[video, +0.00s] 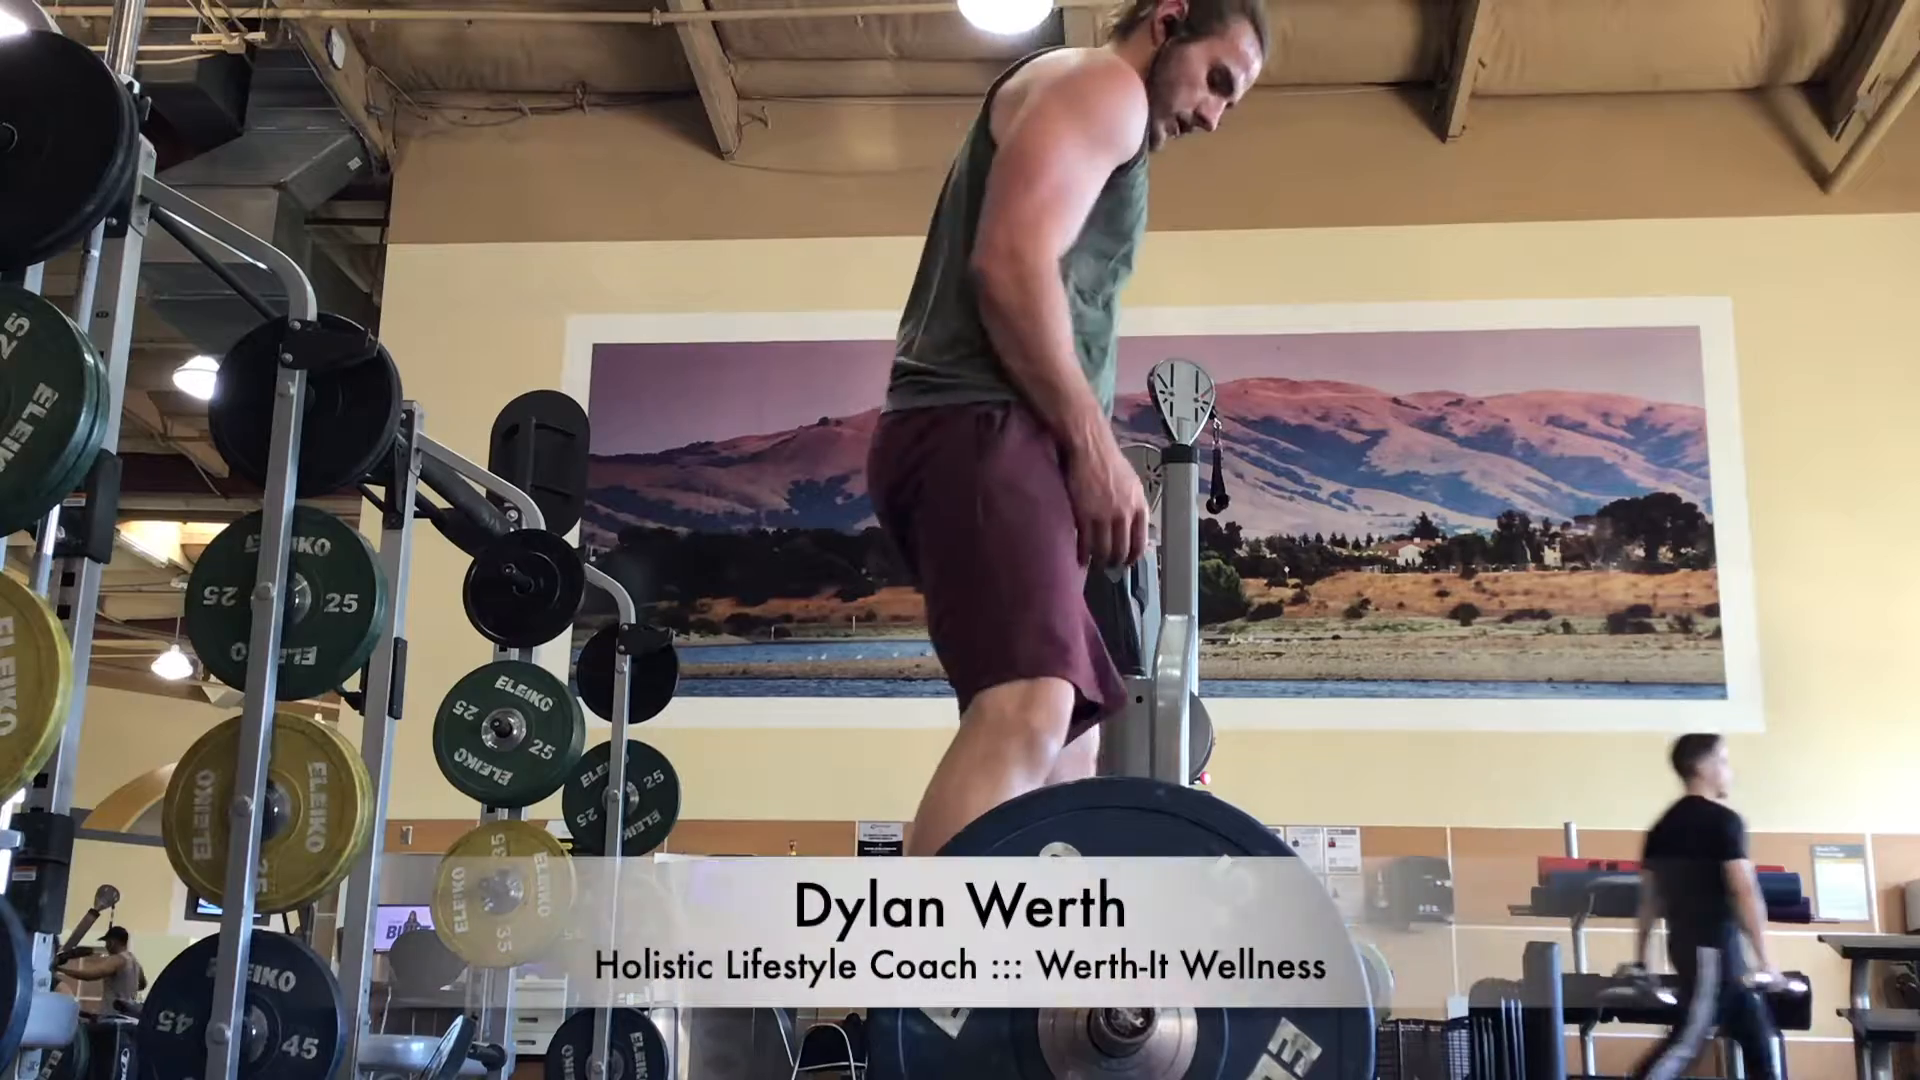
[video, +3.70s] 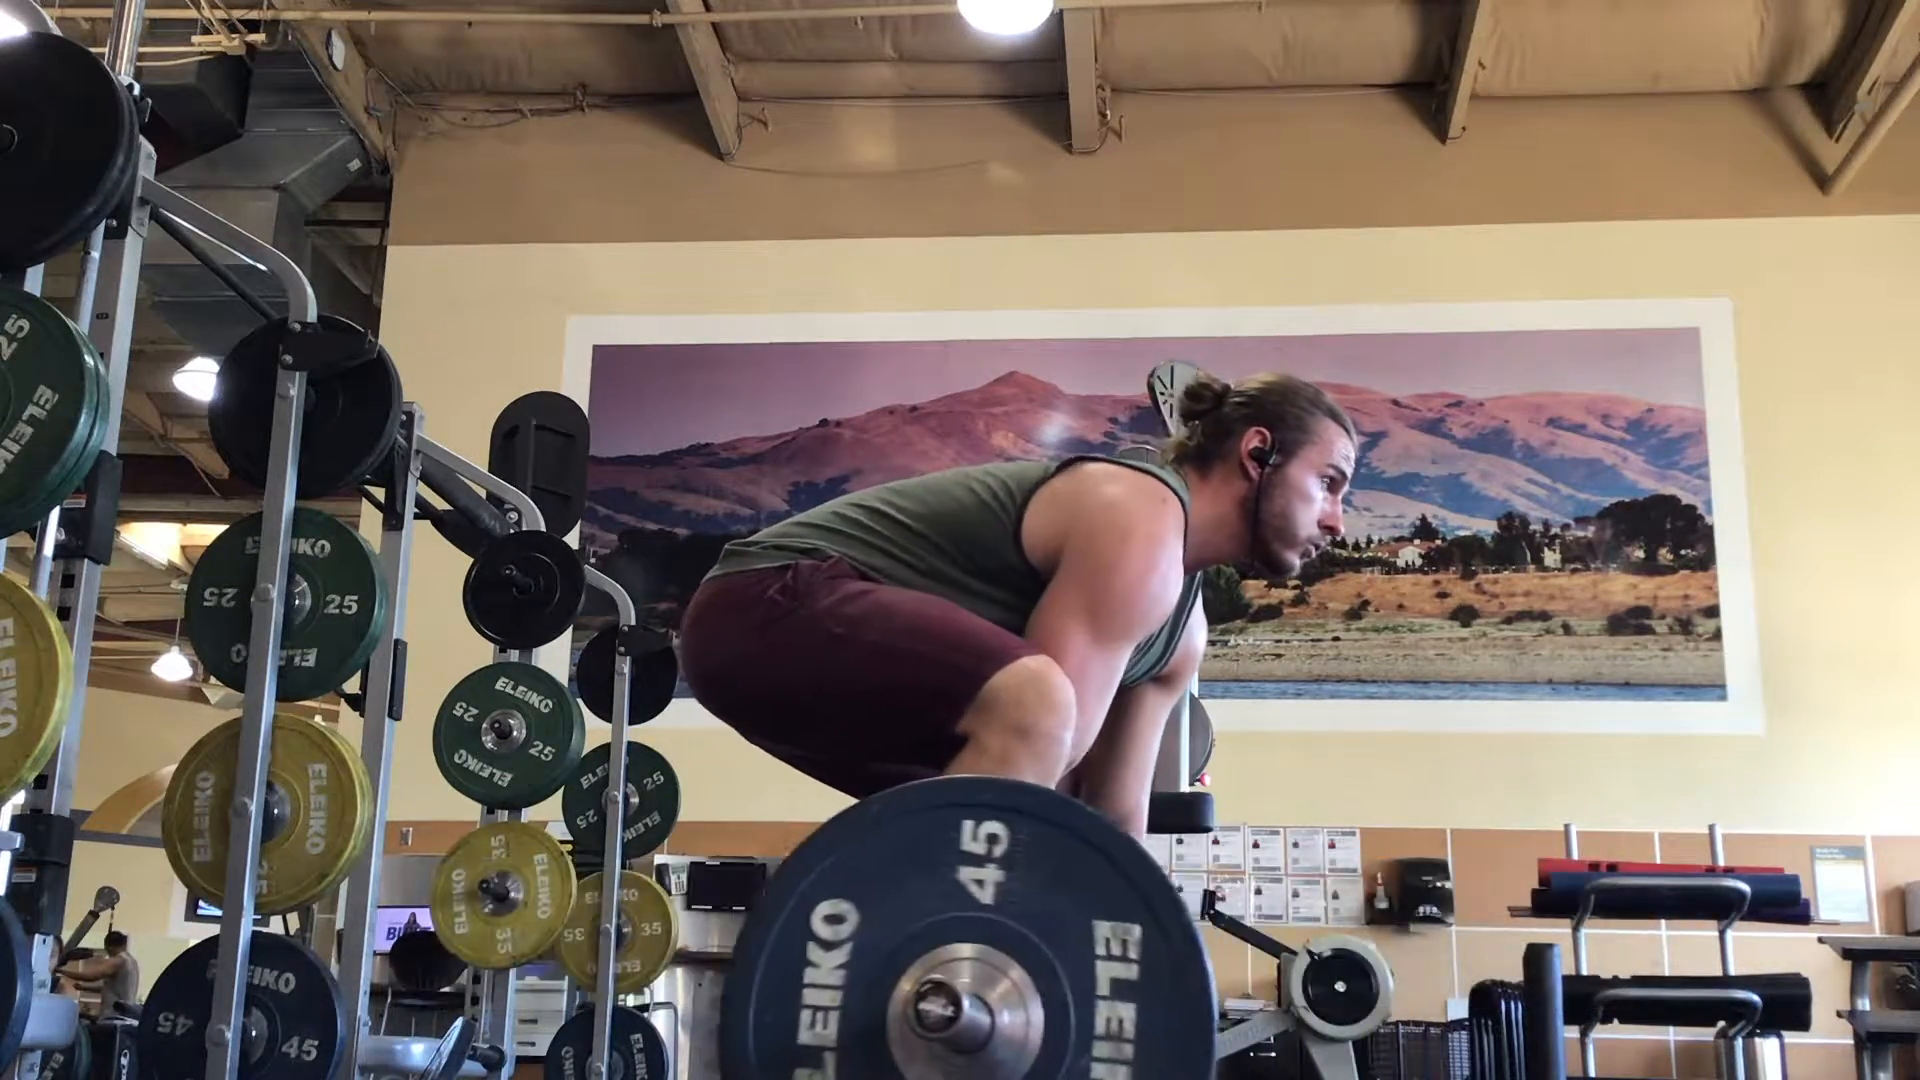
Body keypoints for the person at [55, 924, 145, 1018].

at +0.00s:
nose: (106, 946)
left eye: (107, 942)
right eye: (106, 942)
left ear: (114, 942)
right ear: (124, 942)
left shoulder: (117, 959)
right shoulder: (134, 961)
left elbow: (89, 975)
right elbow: (142, 984)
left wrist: (61, 970)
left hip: (110, 1016)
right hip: (127, 1017)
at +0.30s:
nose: (107, 945)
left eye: (109, 942)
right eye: (106, 942)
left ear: (116, 942)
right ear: (124, 942)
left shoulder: (119, 960)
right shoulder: (132, 960)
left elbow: (89, 975)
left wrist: (61, 969)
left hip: (111, 1016)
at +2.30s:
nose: (103, 947)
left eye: (104, 944)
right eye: (103, 944)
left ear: (111, 943)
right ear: (122, 943)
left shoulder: (117, 961)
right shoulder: (128, 961)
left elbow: (88, 977)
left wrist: (61, 971)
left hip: (107, 1018)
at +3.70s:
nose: (107, 950)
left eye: (107, 947)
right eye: (106, 947)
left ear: (110, 946)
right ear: (123, 944)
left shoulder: (119, 961)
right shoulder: (131, 962)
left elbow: (89, 977)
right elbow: (110, 988)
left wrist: (60, 971)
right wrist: (83, 987)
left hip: (111, 1018)